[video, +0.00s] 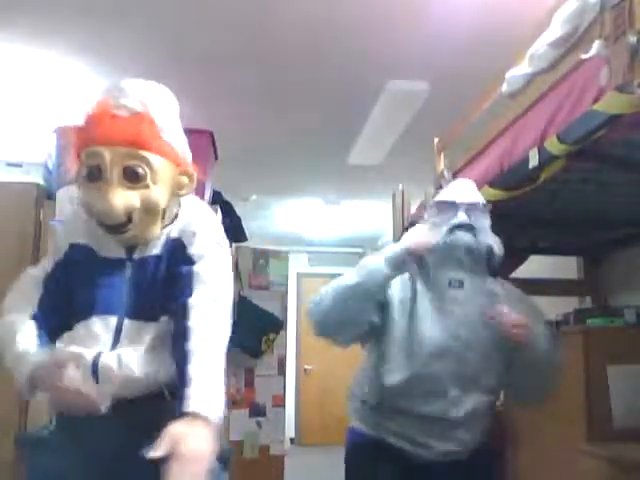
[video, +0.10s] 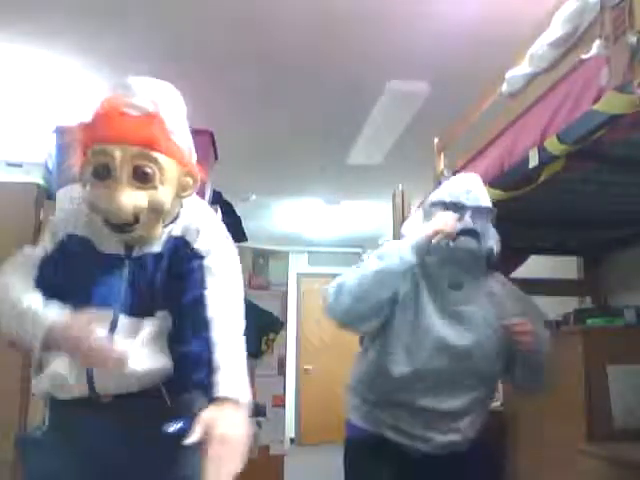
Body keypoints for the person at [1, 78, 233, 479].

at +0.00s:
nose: (110, 198)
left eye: (134, 174)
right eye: (94, 173)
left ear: (181, 184)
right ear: (79, 180)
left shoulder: (193, 252)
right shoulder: (74, 258)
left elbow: (205, 332)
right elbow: (22, 323)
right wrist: (42, 371)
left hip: (161, 425)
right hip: (76, 426)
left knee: (195, 462)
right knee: (37, 457)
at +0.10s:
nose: (118, 198)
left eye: (143, 175)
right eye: (103, 173)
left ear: (183, 185)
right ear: (85, 178)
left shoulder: (197, 240)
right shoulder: (72, 236)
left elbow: (211, 324)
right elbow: (15, 294)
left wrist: (223, 400)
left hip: (164, 418)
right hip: (75, 415)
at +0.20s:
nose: (131, 187)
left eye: (157, 169)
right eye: (116, 162)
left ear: (191, 182)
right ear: (91, 164)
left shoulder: (201, 229)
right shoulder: (69, 217)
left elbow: (248, 291)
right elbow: (8, 243)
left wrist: (255, 362)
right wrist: (73, 272)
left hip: (168, 414)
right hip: (73, 414)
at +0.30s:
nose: (143, 174)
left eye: (166, 163)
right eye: (127, 152)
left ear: (194, 179)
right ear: (97, 153)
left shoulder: (201, 228)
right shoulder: (68, 205)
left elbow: (259, 274)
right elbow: (8, 220)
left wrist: (258, 334)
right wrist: (80, 242)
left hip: (165, 418)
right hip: (68, 417)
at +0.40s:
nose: (150, 170)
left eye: (175, 158)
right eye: (135, 145)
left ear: (197, 182)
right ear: (100, 150)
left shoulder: (190, 236)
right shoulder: (60, 221)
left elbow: (240, 278)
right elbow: (2, 233)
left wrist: (257, 305)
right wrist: (71, 213)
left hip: (158, 432)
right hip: (67, 436)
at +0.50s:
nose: (156, 165)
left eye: (179, 156)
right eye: (142, 141)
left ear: (196, 178)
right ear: (107, 151)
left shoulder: (182, 250)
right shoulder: (58, 226)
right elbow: (2, 282)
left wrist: (268, 322)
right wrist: (59, 222)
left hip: (143, 456)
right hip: (50, 455)